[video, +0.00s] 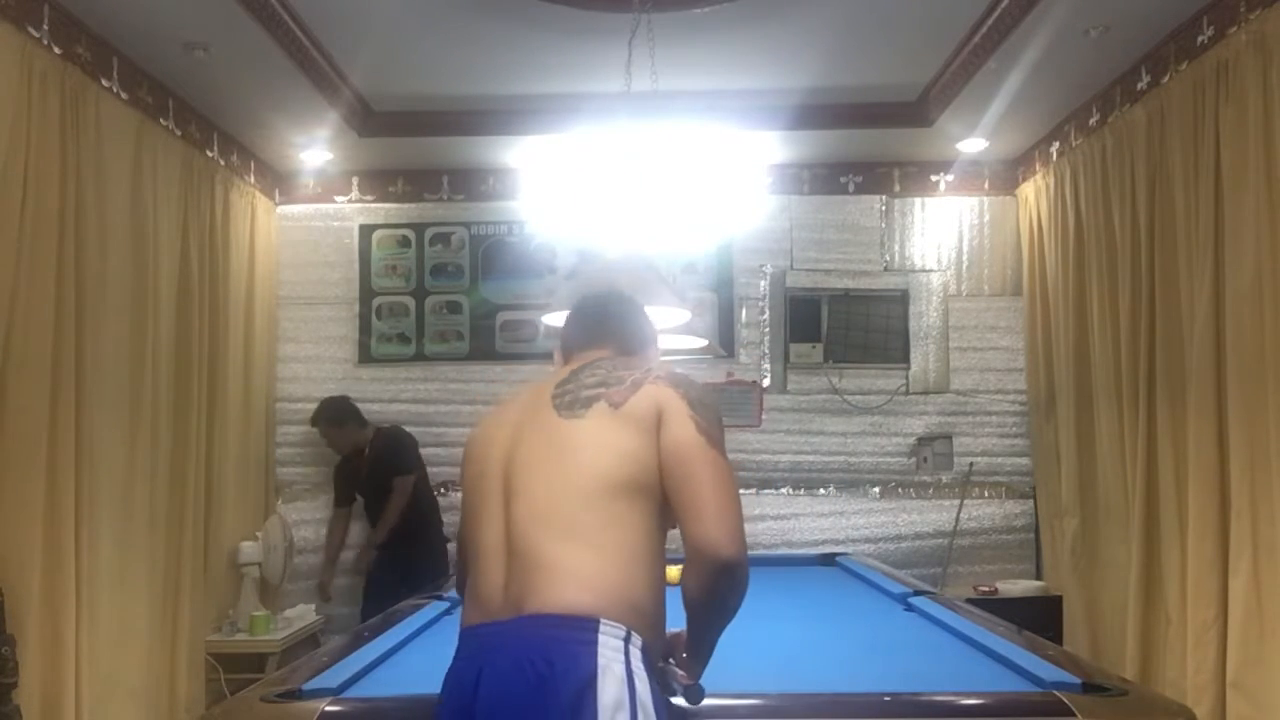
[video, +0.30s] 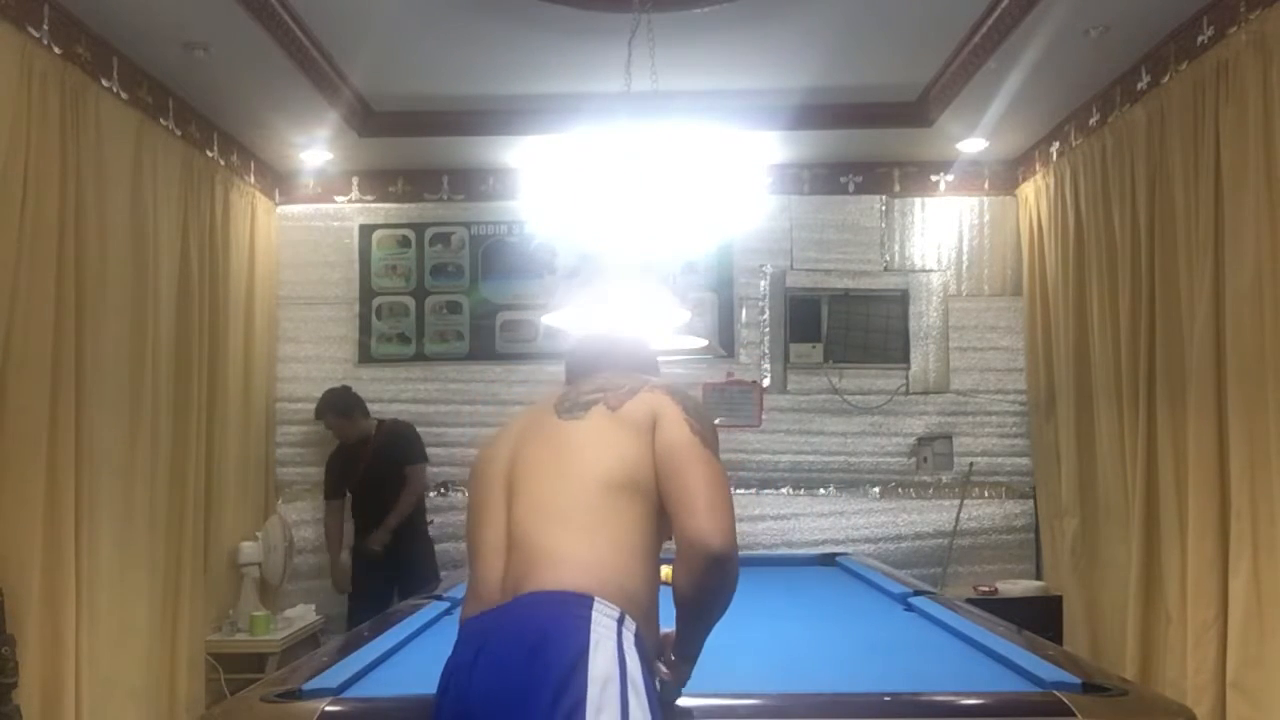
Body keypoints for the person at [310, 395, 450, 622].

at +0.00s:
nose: (328, 445)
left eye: (328, 437)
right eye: (325, 439)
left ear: (346, 426)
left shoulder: (396, 440)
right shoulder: (346, 468)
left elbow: (402, 497)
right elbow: (340, 519)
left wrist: (372, 545)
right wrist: (328, 572)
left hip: (423, 551)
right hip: (387, 553)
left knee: (420, 624)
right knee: (374, 624)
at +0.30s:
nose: (334, 435)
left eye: (334, 427)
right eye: (329, 429)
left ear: (350, 416)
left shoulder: (400, 434)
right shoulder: (339, 459)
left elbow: (417, 484)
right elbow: (334, 515)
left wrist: (385, 530)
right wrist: (335, 564)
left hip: (412, 552)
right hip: (368, 557)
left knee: (421, 629)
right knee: (363, 637)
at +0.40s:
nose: (338, 434)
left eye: (339, 426)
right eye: (334, 428)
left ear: (356, 414)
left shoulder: (405, 435)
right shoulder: (341, 457)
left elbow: (422, 488)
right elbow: (337, 515)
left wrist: (415, 537)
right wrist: (344, 563)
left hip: (410, 551)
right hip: (368, 555)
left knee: (418, 627)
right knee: (365, 635)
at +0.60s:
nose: (347, 429)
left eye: (348, 421)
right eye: (343, 423)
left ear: (365, 411)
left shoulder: (415, 435)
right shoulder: (349, 454)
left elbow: (444, 483)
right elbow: (344, 513)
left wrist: (447, 532)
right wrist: (348, 560)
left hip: (412, 556)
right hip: (369, 560)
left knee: (417, 630)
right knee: (370, 635)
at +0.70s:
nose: (353, 426)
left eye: (354, 418)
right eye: (350, 420)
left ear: (373, 408)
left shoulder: (423, 434)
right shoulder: (356, 451)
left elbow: (453, 478)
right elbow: (348, 507)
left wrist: (454, 530)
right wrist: (345, 555)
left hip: (413, 553)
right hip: (370, 555)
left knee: (414, 627)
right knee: (366, 630)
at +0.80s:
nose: (359, 424)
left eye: (361, 416)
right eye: (357, 418)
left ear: (380, 407)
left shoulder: (428, 436)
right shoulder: (363, 452)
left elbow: (456, 481)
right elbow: (352, 506)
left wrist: (453, 532)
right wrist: (343, 558)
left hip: (418, 557)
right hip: (373, 557)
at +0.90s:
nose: (368, 422)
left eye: (369, 415)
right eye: (365, 416)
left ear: (389, 405)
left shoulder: (434, 437)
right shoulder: (367, 452)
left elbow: (456, 487)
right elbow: (354, 504)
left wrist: (447, 537)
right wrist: (343, 555)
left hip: (422, 555)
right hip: (375, 555)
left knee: (418, 627)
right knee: (359, 629)